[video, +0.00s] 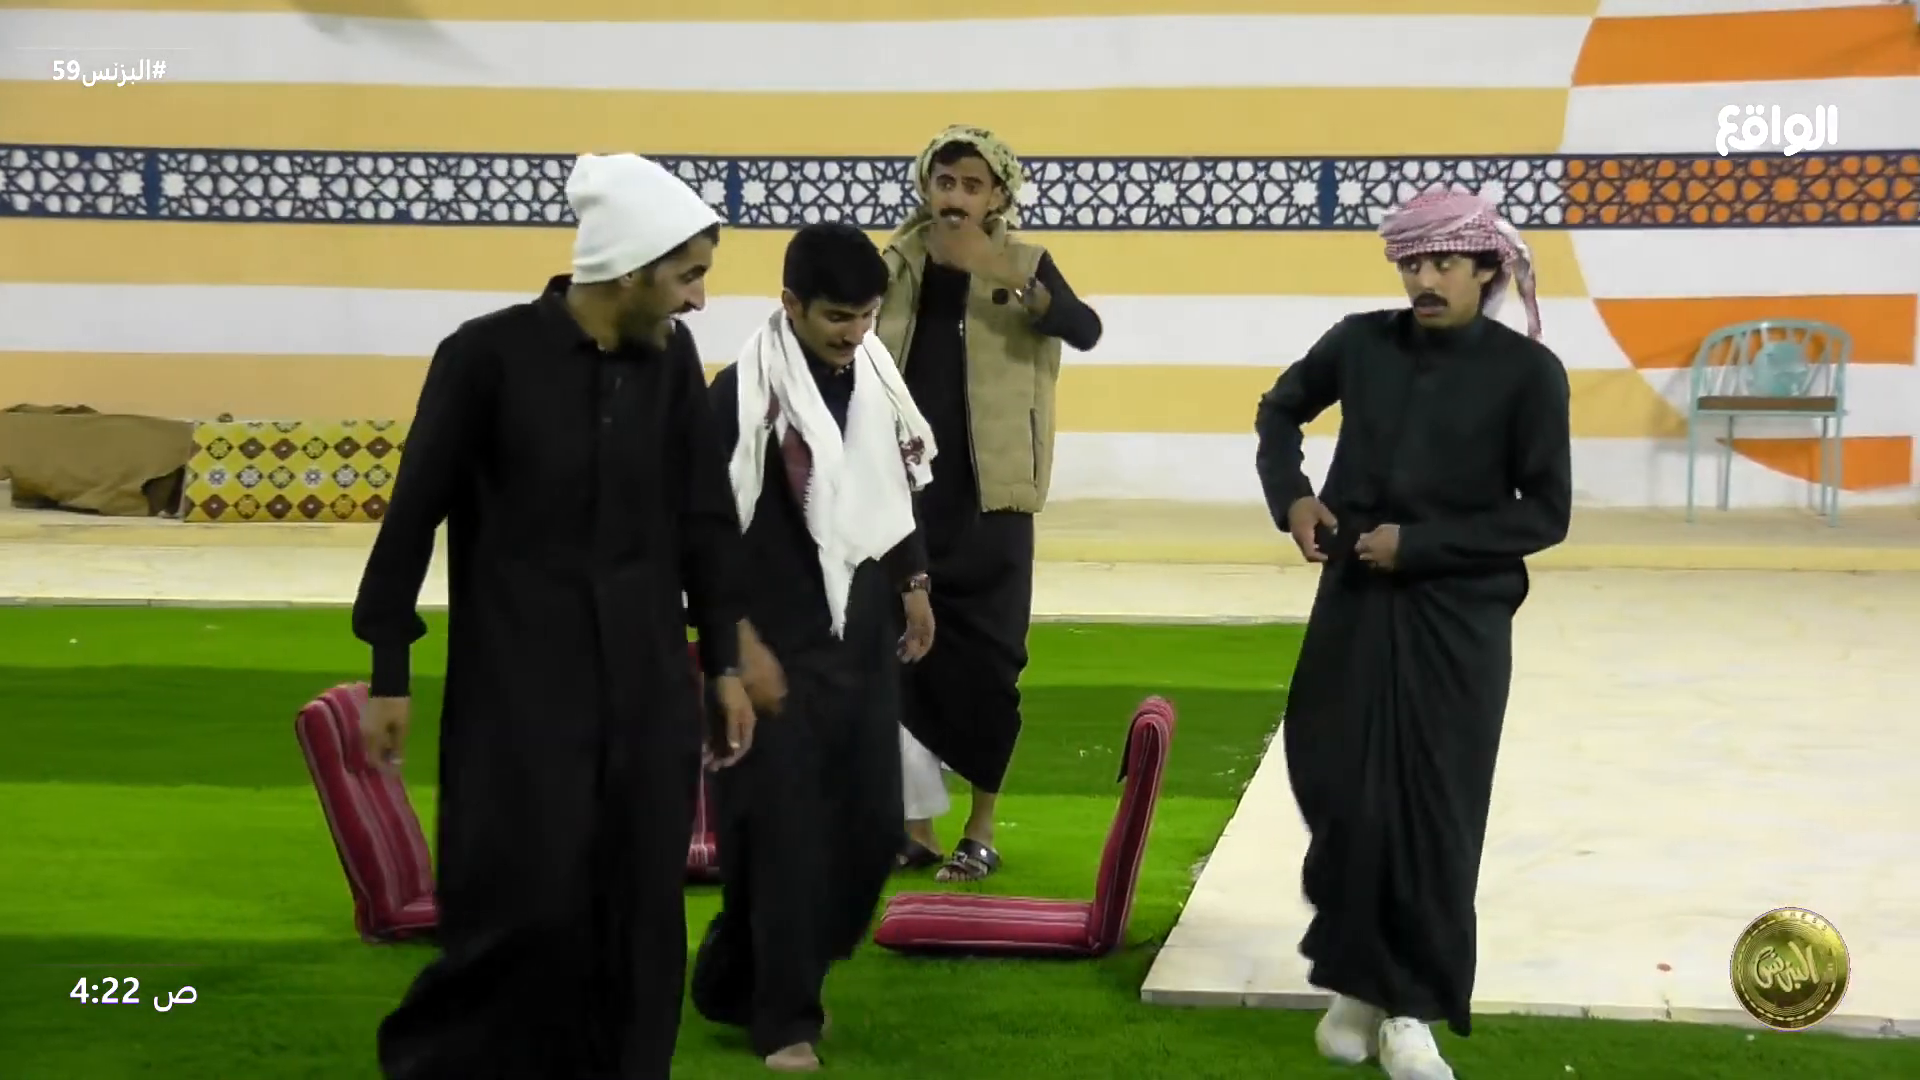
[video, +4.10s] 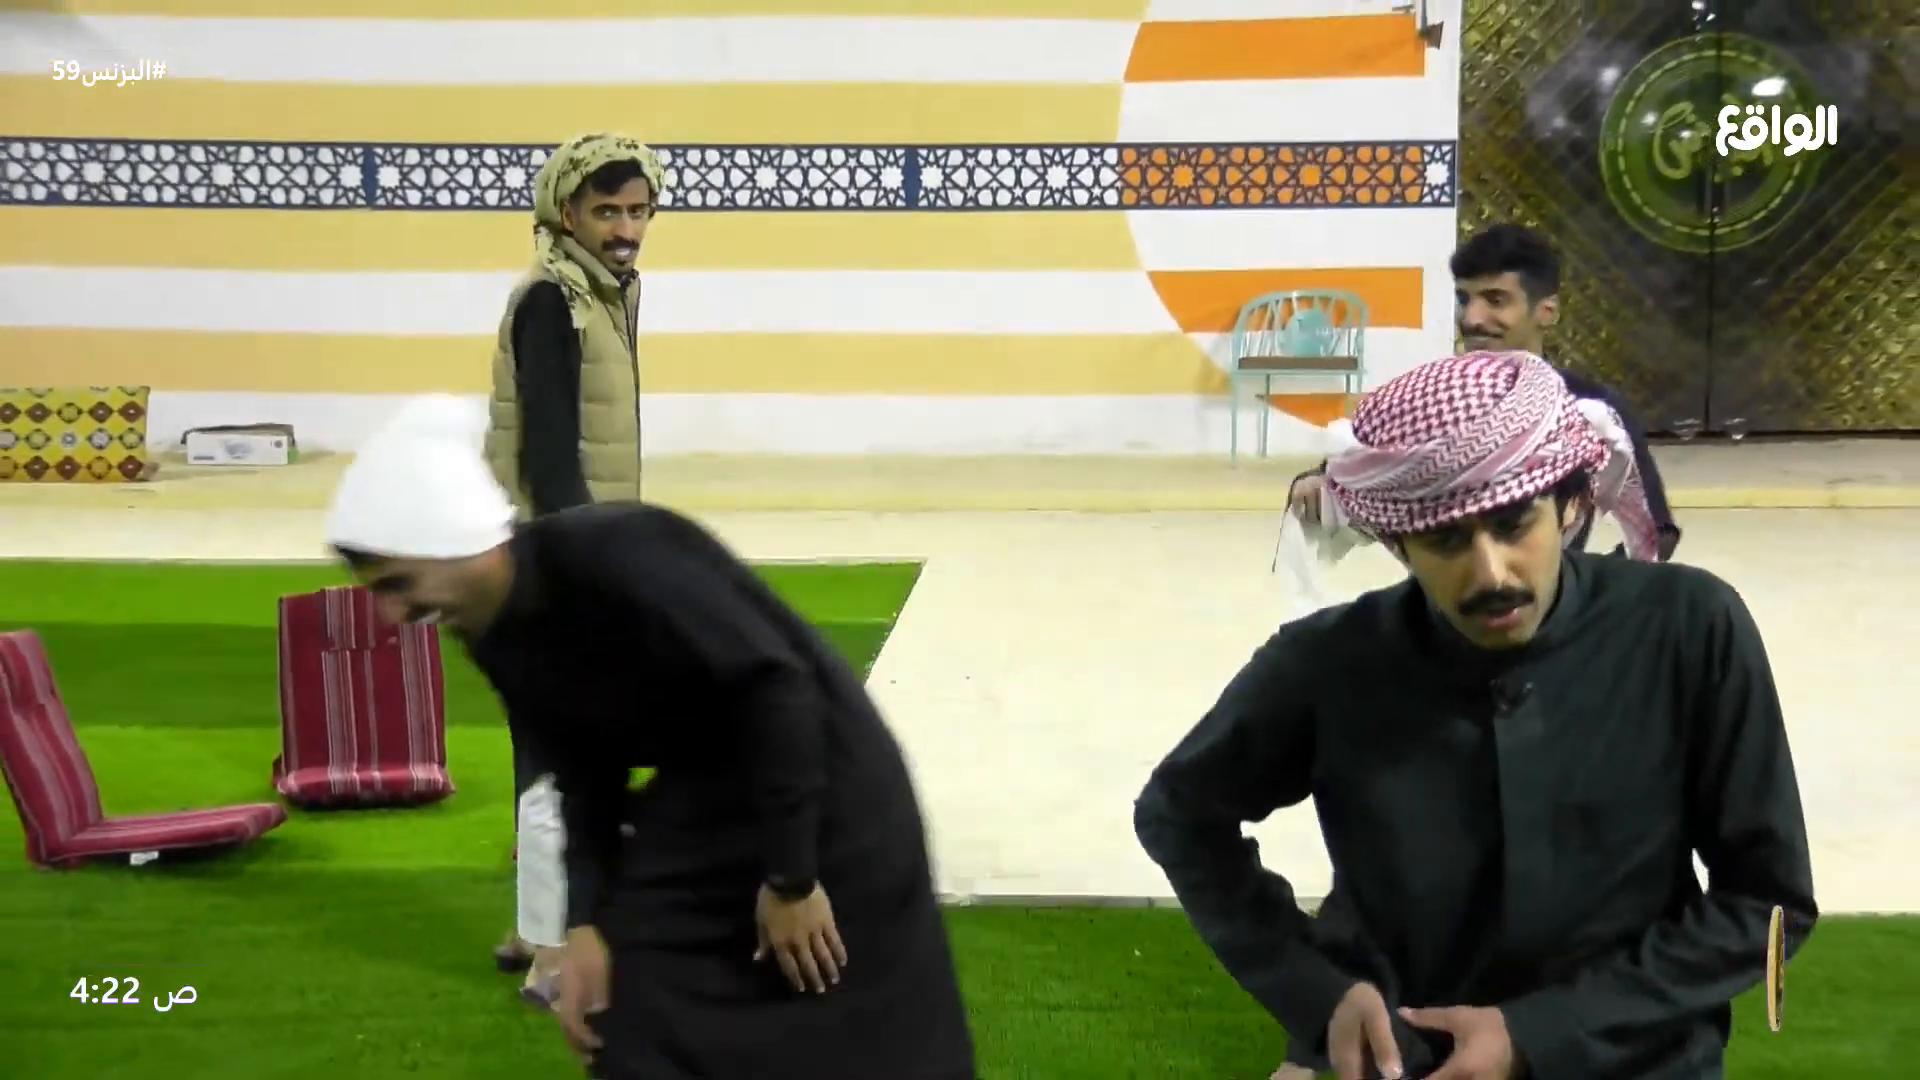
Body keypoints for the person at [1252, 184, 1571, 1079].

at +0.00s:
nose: (1430, 279)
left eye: (1450, 263)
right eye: (1418, 262)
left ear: (1488, 273)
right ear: (1400, 270)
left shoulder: (1530, 374)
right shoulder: (1358, 342)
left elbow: (1545, 515)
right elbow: (1279, 411)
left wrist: (1415, 542)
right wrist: (1293, 497)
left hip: (1460, 623)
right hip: (1355, 611)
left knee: (1440, 810)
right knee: (1346, 797)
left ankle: (1410, 1016)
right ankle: (1355, 985)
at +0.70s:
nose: (1439, 304)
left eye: (1459, 285)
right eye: (1419, 282)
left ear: (1478, 288)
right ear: (1377, 277)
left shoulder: (1509, 372)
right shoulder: (1304, 366)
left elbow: (1546, 528)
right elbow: (1195, 451)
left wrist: (1419, 609)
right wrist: (1257, 566)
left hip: (1463, 690)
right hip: (1337, 687)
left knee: (1472, 919)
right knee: (1342, 922)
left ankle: (1479, 1069)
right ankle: (1350, 1069)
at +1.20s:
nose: (1524, 325)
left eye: (1548, 300)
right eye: (1501, 298)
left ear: (1578, 297)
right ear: (1462, 288)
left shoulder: (1622, 400)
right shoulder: (1381, 386)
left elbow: (1668, 584)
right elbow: (1279, 499)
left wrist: (1502, 653)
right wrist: (1346, 611)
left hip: (1554, 741)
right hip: (1419, 734)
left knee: (1539, 993)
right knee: (1431, 989)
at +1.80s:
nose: (1574, 322)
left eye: (1602, 296)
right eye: (1548, 292)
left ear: (1634, 311)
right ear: (1500, 298)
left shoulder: (1690, 434)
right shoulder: (1400, 423)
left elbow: (1732, 647)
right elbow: (1277, 552)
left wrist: (1546, 735)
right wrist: (1373, 690)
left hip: (1623, 862)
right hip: (1450, 858)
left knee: (1645, 1066)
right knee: (1448, 1067)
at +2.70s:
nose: (1504, 441)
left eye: (1529, 406)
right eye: (1471, 411)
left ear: (1566, 402)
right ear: (1423, 410)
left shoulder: (1650, 518)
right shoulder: (1335, 524)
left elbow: (1725, 744)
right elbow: (1197, 655)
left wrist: (1522, 856)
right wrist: (1296, 805)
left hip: (1576, 959)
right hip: (1386, 951)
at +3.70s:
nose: (1492, 492)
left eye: (1521, 454)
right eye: (1456, 460)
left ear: (1563, 454)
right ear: (1404, 467)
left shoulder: (1653, 586)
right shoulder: (1315, 594)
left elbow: (1718, 837)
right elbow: (1171, 717)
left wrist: (1479, 912)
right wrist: (1258, 893)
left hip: (1562, 1046)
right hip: (1356, 1043)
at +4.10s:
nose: (1491, 571)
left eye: (1514, 522)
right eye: (1446, 539)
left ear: (1570, 508)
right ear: (1400, 543)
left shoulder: (1692, 630)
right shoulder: (1324, 669)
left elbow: (1765, 903)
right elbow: (1179, 812)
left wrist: (1531, 1036)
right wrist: (1319, 998)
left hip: (1634, 1056)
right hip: (1393, 1057)